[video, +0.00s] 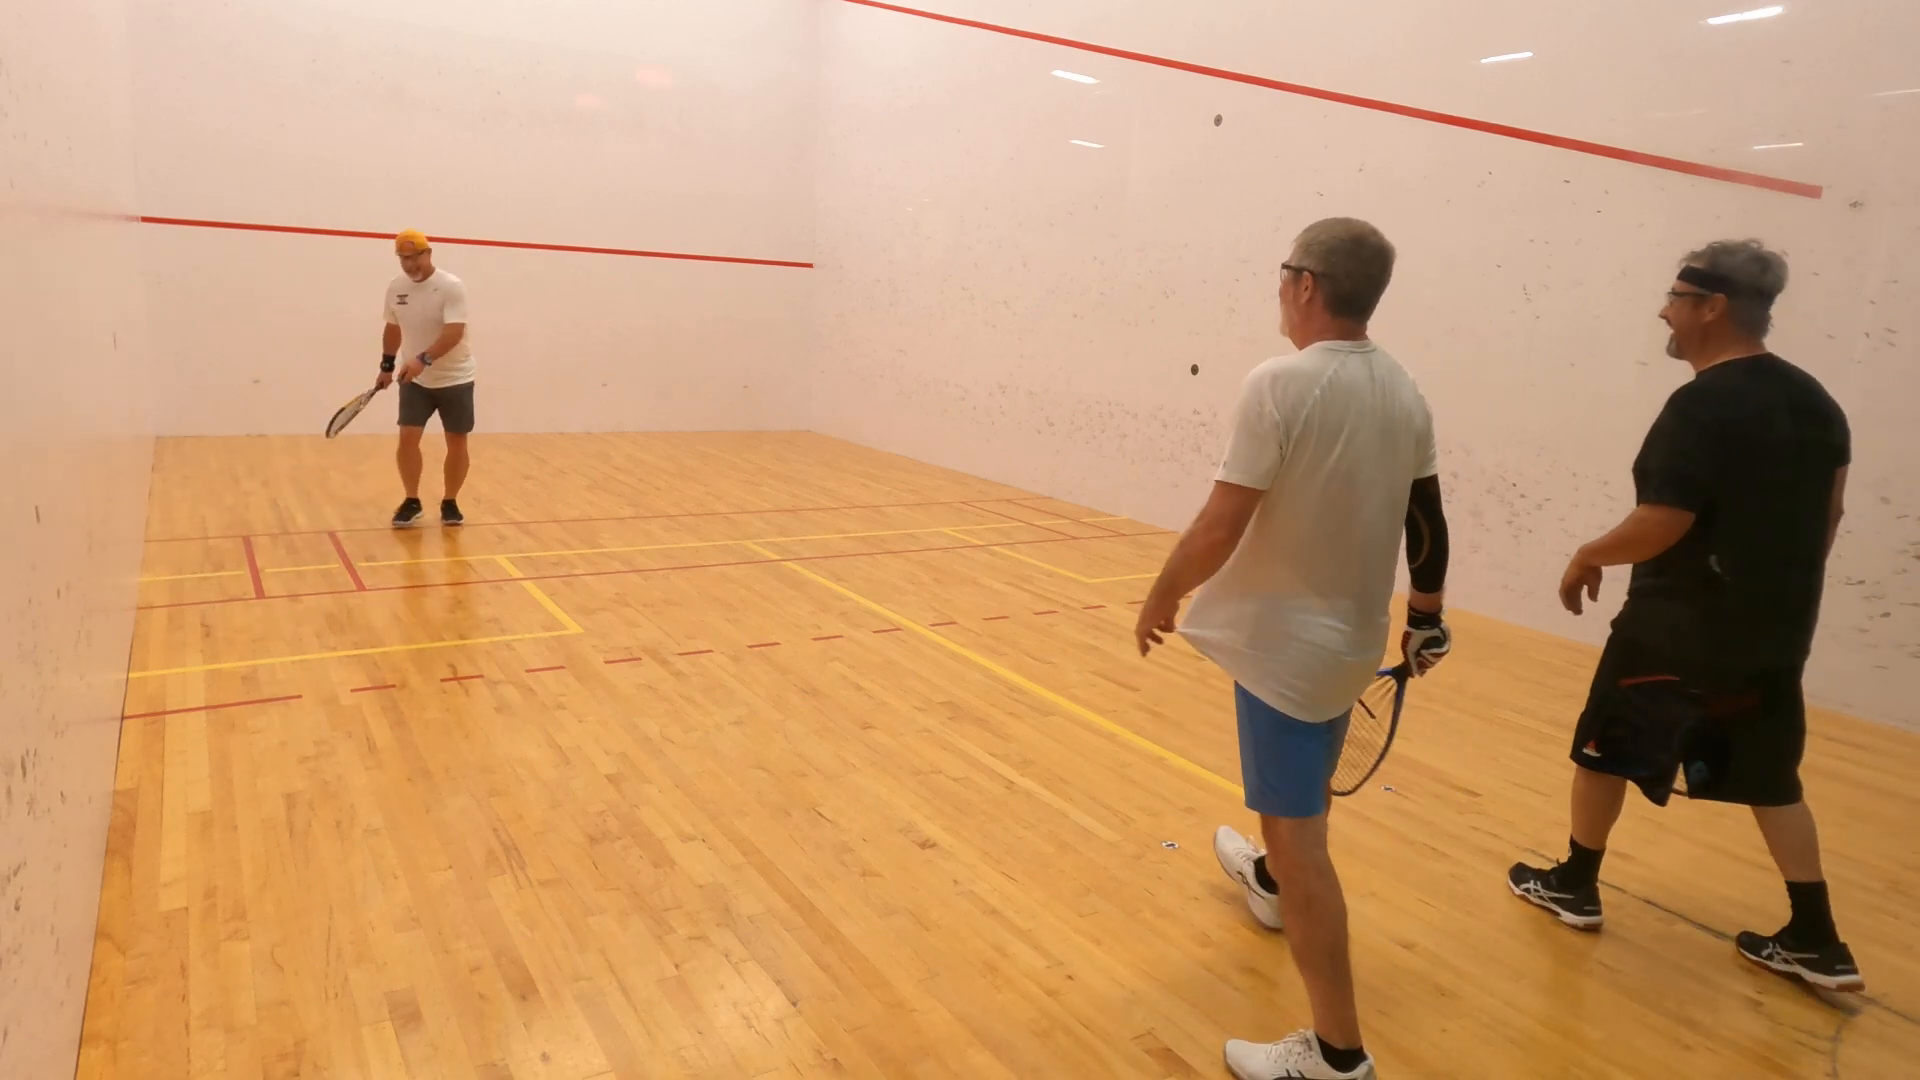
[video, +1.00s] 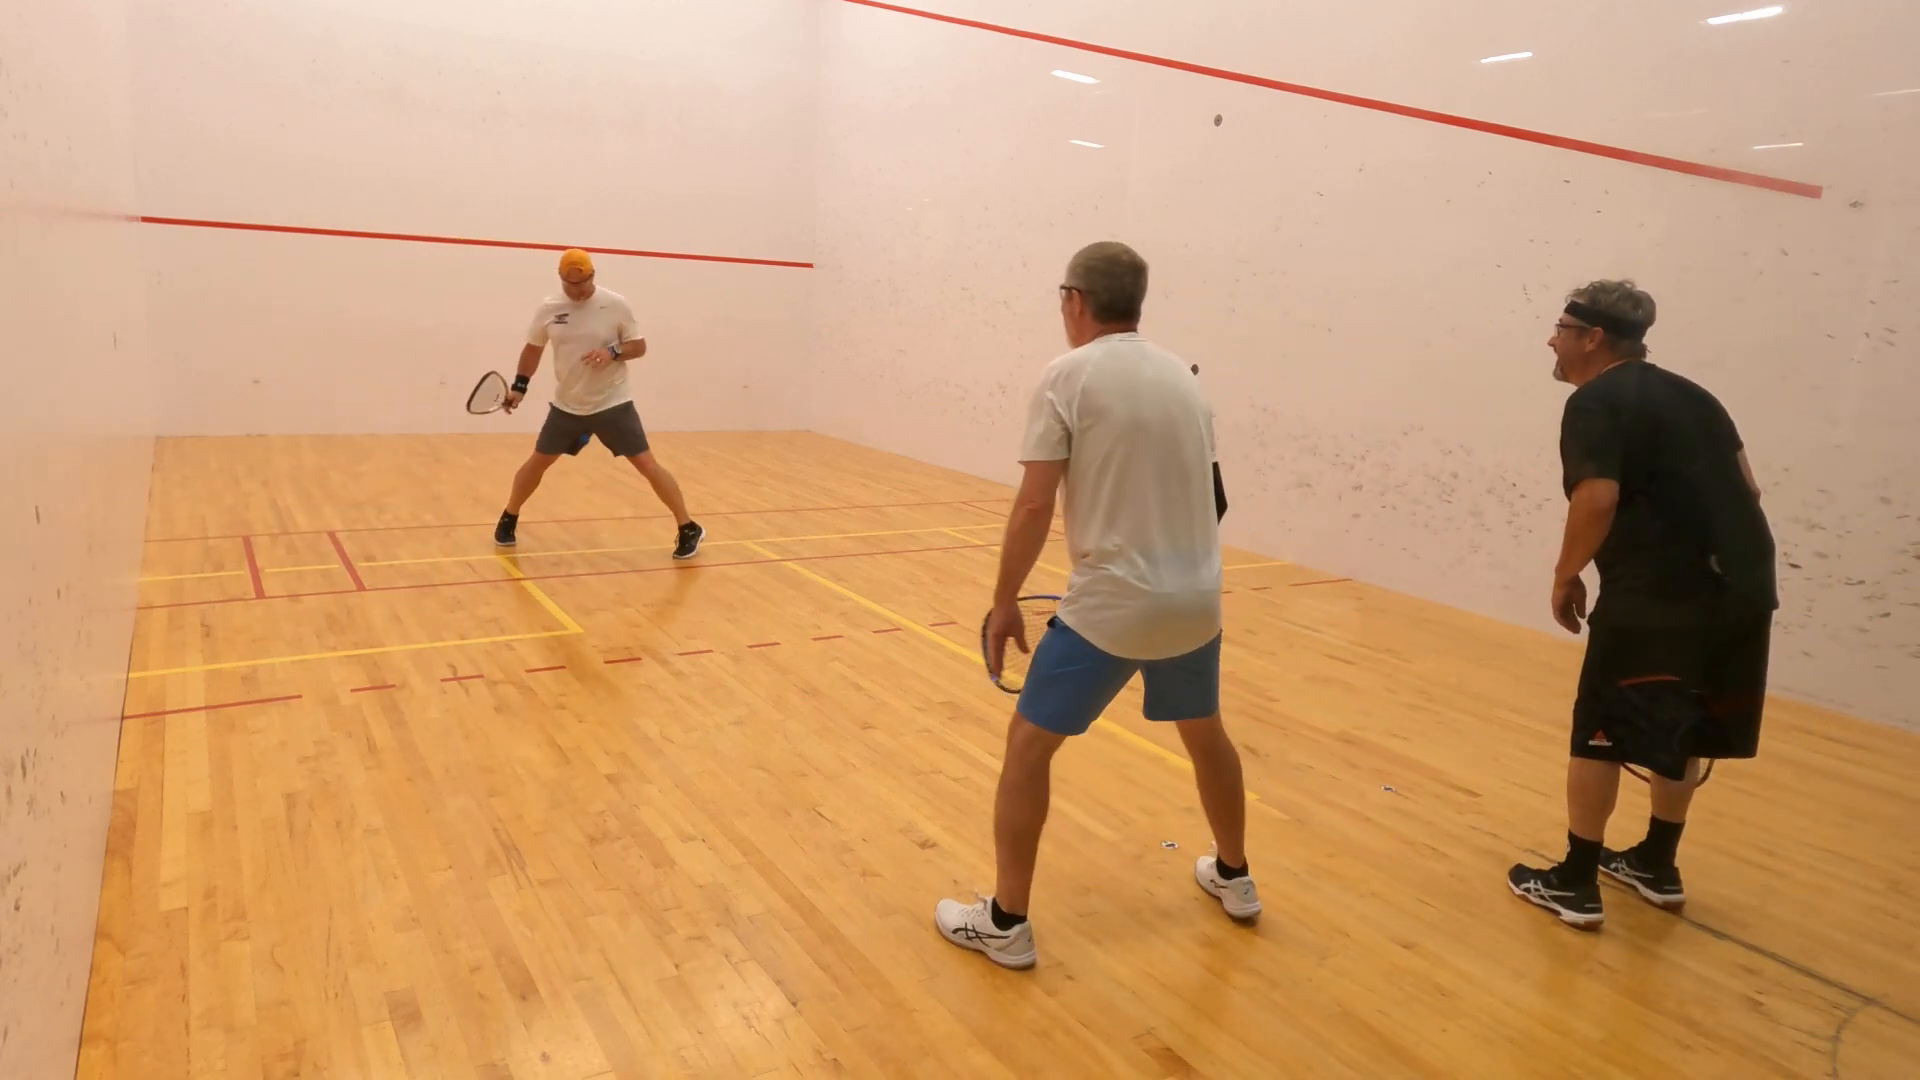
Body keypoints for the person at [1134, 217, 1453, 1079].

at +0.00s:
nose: (1279, 290)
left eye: (1285, 276)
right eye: (1284, 275)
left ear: (1307, 288)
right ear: (1369, 296)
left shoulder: (1281, 385)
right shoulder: (1404, 395)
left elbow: (1222, 523)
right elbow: (1425, 524)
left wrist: (1165, 591)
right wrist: (1427, 615)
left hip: (1287, 651)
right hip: (1355, 642)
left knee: (1297, 846)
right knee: (1301, 754)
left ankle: (1339, 1048)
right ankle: (1277, 876)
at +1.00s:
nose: (1062, 312)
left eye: (1063, 300)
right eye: (1065, 300)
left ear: (1077, 304)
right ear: (1136, 306)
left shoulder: (1067, 379)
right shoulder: (1183, 379)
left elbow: (1034, 506)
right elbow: (1211, 500)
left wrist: (1005, 599)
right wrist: (1154, 564)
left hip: (1110, 608)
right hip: (1196, 605)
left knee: (1029, 746)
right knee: (1206, 731)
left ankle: (1007, 920)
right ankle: (1235, 874)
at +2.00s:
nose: (1119, 286)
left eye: (1122, 275)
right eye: (1126, 274)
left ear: (1134, 281)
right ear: (1194, 287)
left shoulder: (1104, 358)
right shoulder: (1219, 373)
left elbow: (1047, 470)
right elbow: (1231, 489)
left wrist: (1007, 417)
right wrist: (1144, 479)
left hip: (1095, 595)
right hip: (1179, 598)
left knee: (1046, 749)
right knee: (1195, 731)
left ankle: (1009, 917)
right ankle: (1216, 877)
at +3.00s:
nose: (1238, 289)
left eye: (1244, 279)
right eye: (1243, 277)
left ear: (1260, 290)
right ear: (1316, 299)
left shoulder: (1236, 365)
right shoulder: (1331, 376)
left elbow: (1205, 489)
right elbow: (1314, 497)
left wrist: (1153, 522)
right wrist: (1185, 527)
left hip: (1225, 604)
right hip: (1286, 603)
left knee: (1172, 761)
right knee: (1226, 733)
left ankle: (1270, 939)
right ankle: (1212, 870)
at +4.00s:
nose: (1516, 263)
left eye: (1531, 251)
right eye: (1527, 248)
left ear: (1567, 279)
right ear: (1585, 284)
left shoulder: (1594, 386)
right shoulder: (1614, 377)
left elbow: (1627, 567)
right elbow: (1622, 566)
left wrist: (1482, 684)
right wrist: (1493, 680)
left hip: (1577, 728)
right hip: (1603, 724)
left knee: (1490, 938)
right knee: (1598, 913)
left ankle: (1545, 1075)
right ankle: (1607, 1074)